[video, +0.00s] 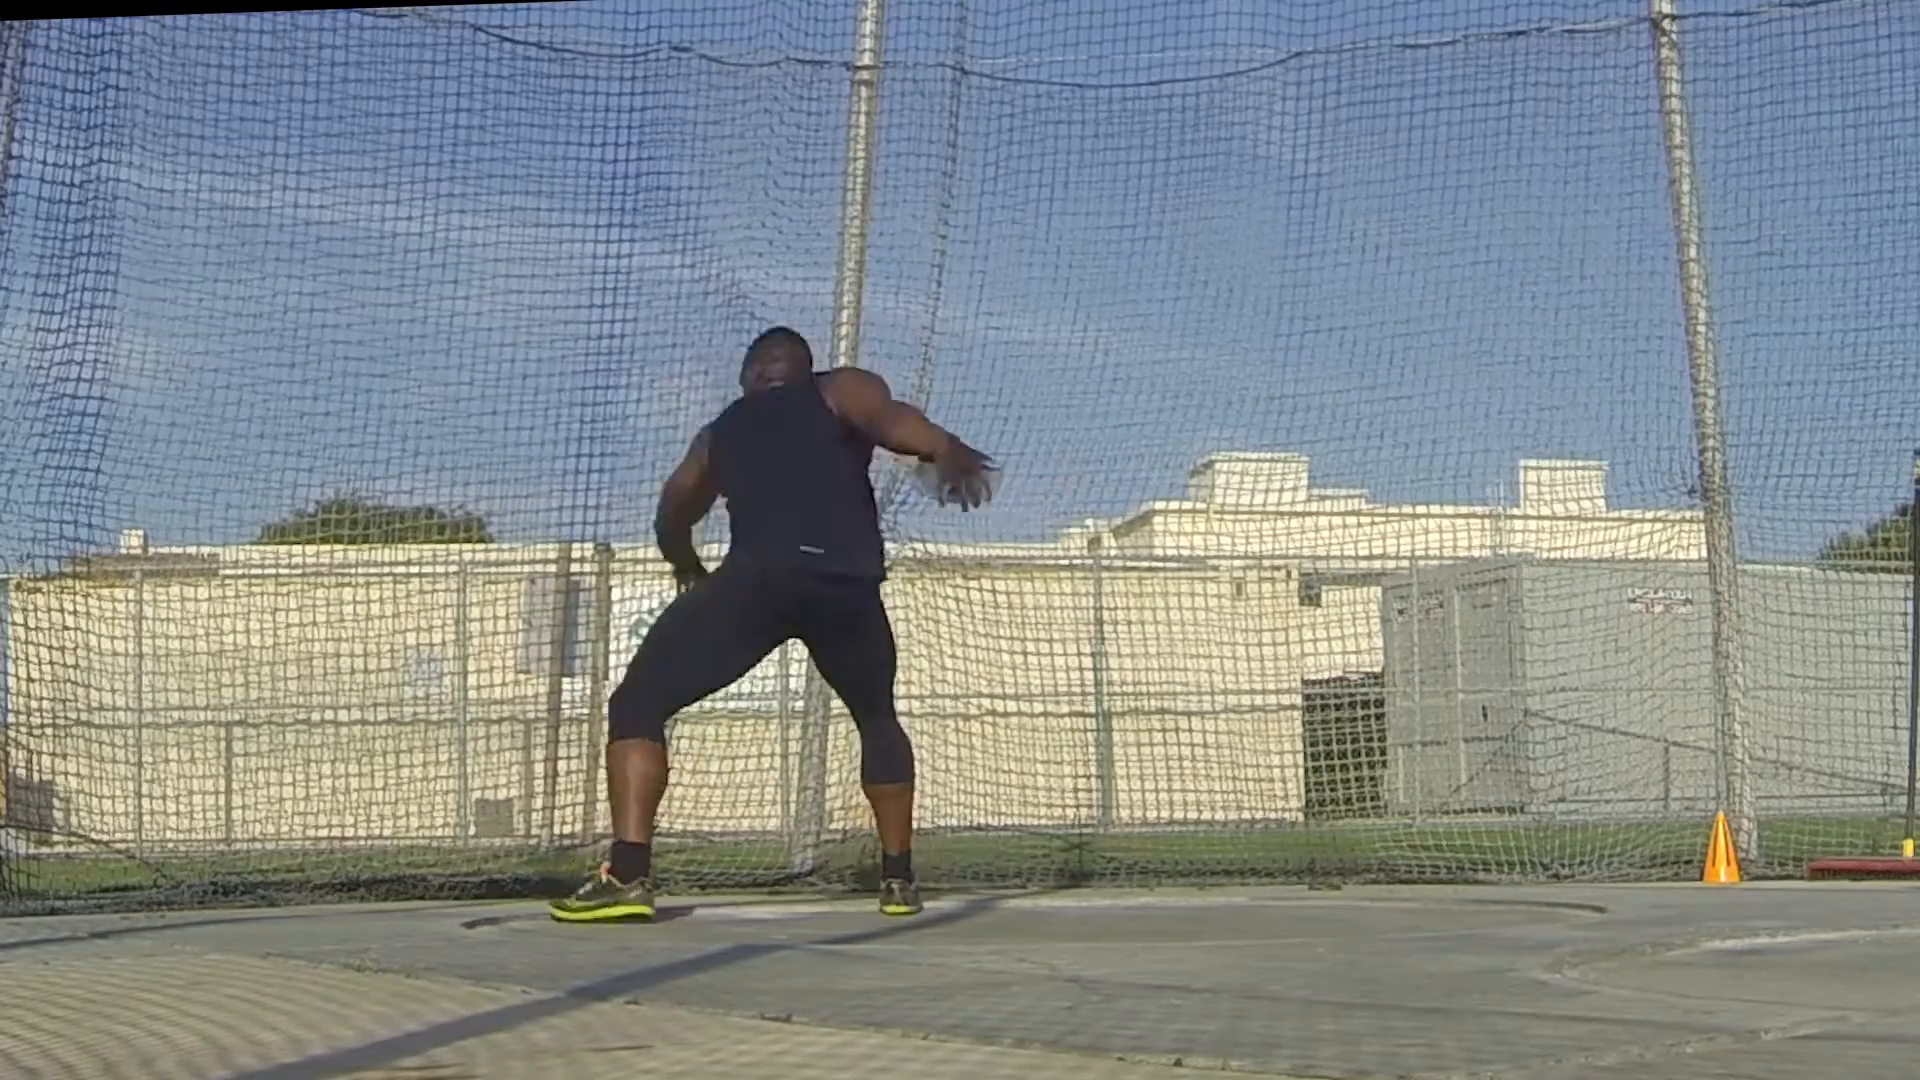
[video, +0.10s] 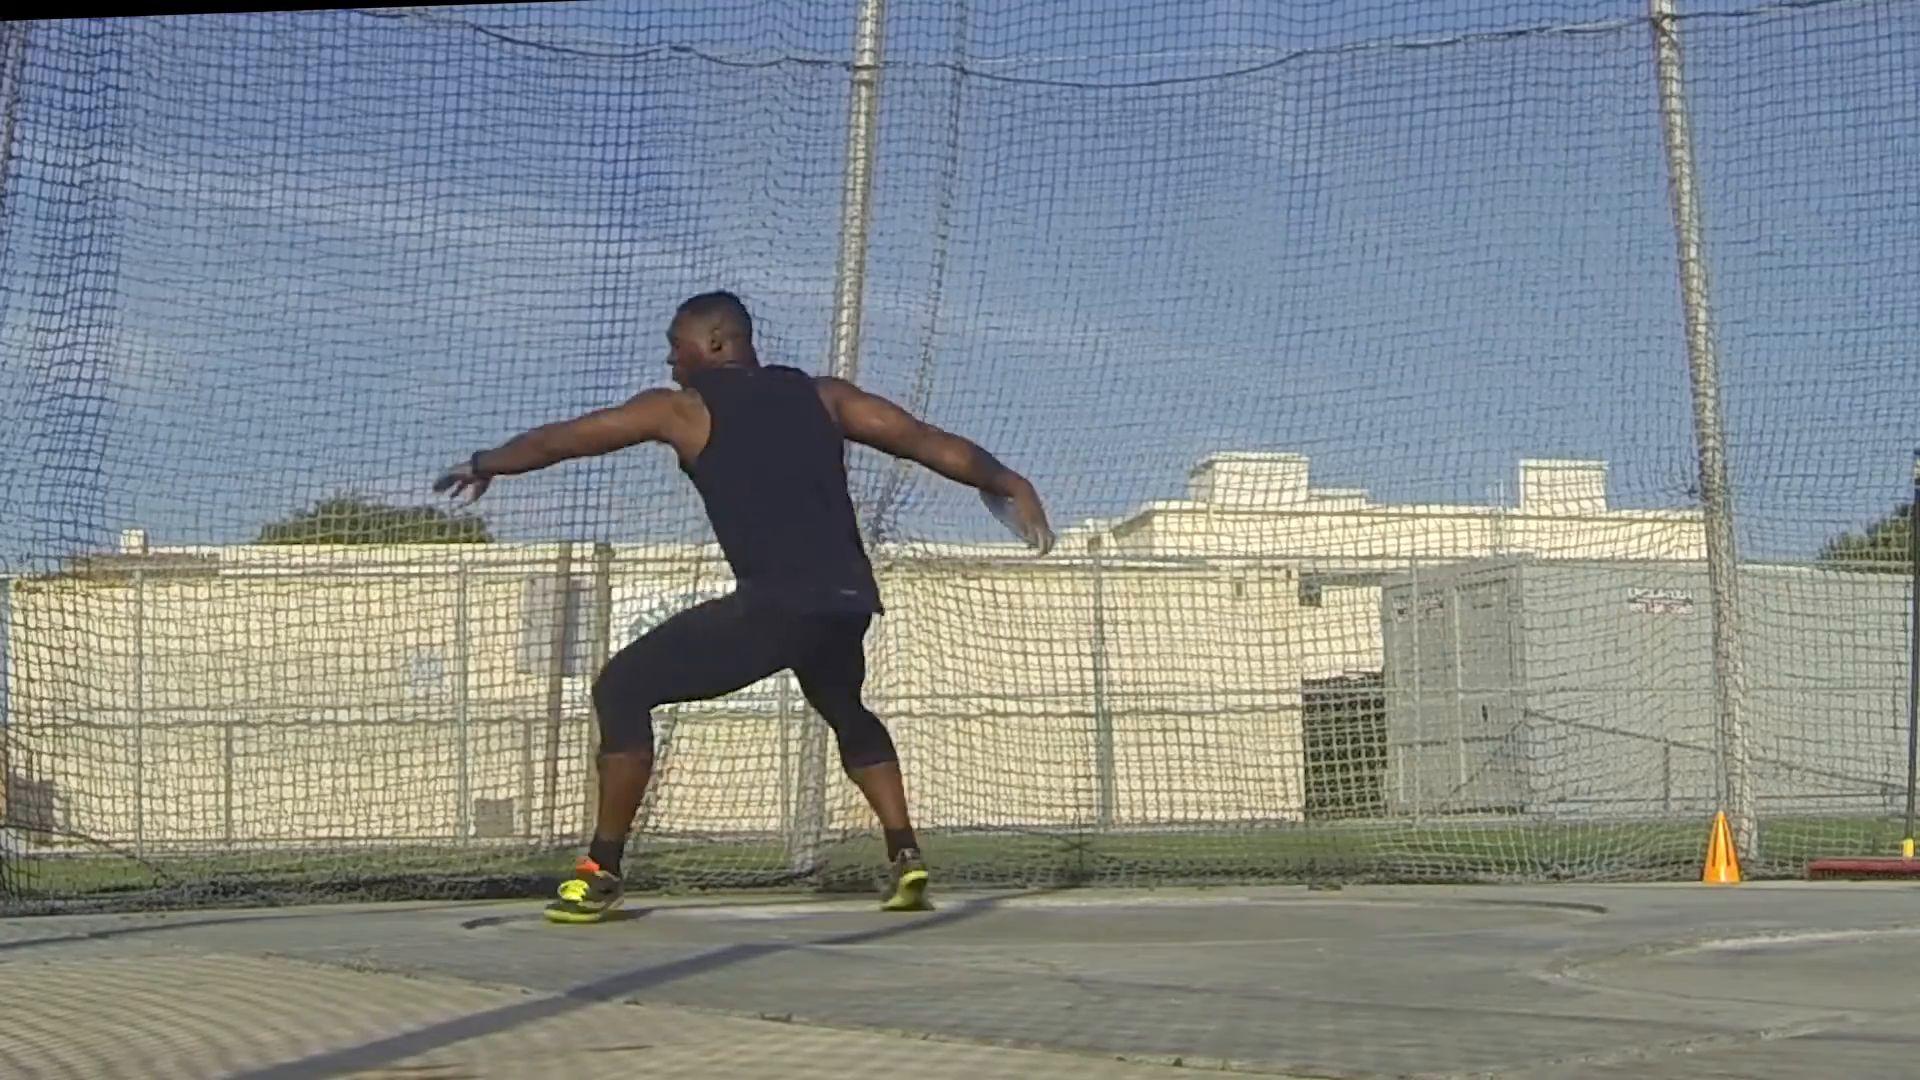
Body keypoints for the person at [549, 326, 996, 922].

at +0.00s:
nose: (763, 369)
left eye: (770, 361)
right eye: (761, 362)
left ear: (750, 379)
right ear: (812, 371)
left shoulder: (721, 432)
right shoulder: (844, 386)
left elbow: (670, 521)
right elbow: (896, 422)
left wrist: (691, 572)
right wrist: (948, 447)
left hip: (751, 584)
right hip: (847, 588)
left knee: (637, 704)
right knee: (878, 719)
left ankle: (626, 875)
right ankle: (898, 877)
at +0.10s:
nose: (669, 362)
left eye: (676, 349)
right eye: (671, 350)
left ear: (714, 343)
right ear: (743, 344)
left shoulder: (683, 405)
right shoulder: (820, 393)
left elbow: (557, 441)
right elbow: (921, 440)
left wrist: (485, 466)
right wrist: (1006, 480)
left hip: (774, 602)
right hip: (848, 603)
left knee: (624, 684)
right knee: (847, 707)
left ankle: (601, 872)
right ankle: (908, 855)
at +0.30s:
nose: (704, 362)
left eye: (717, 347)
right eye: (691, 354)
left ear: (747, 348)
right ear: (683, 365)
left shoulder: (786, 411)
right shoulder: (727, 420)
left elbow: (754, 438)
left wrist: (683, 434)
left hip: (785, 633)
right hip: (714, 590)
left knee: (680, 772)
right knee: (592, 638)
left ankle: (567, 864)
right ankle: (503, 720)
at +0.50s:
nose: (949, 289)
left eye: (947, 278)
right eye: (935, 277)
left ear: (912, 292)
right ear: (882, 287)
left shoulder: (950, 376)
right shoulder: (806, 356)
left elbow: (1039, 408)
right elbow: (684, 402)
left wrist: (1125, 372)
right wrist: (589, 439)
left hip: (831, 572)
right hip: (762, 534)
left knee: (697, 732)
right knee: (831, 551)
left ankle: (564, 849)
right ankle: (768, 741)